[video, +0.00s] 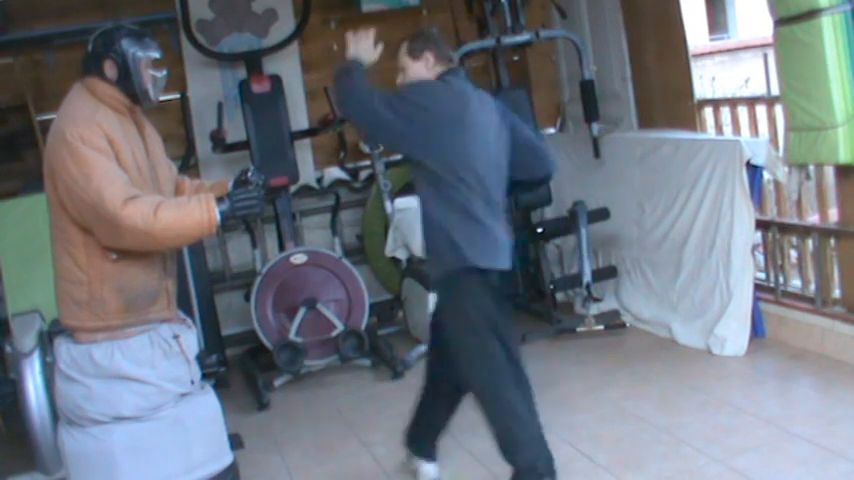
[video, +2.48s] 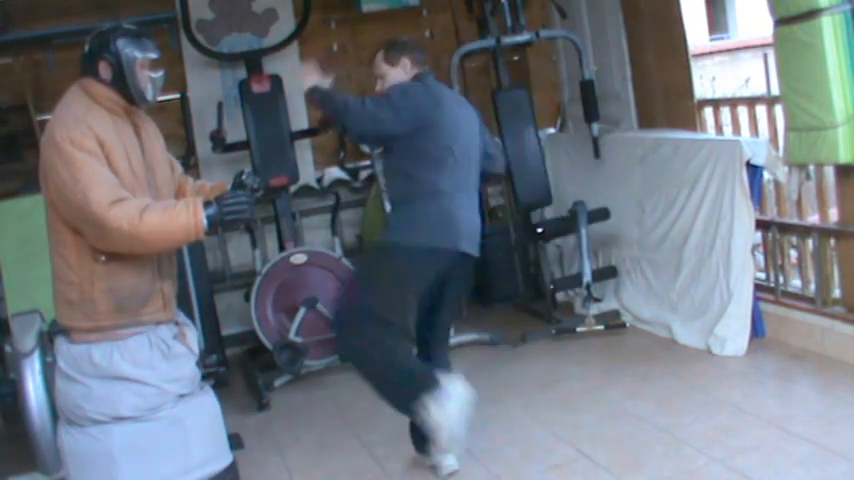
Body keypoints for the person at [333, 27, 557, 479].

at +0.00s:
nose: (401, 80)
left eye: (405, 70)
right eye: (400, 71)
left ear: (429, 60)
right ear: (439, 62)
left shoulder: (430, 102)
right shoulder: (488, 105)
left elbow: (363, 109)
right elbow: (540, 164)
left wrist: (354, 65)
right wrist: (484, 178)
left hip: (462, 261)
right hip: (493, 257)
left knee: (491, 370)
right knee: (449, 365)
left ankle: (535, 469)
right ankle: (420, 448)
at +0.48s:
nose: (386, 91)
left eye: (389, 81)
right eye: (384, 85)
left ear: (411, 73)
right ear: (425, 77)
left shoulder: (412, 97)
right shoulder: (461, 130)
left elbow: (374, 135)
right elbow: (423, 177)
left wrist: (310, 131)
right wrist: (366, 162)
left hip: (381, 216)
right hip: (428, 239)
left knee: (279, 260)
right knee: (406, 343)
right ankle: (389, 455)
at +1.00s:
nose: (360, 88)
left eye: (362, 77)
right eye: (357, 80)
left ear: (388, 63)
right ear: (385, 67)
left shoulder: (429, 91)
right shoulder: (407, 101)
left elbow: (422, 158)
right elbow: (409, 172)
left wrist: (359, 119)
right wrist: (364, 125)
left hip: (478, 247)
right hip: (454, 250)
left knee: (483, 353)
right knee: (460, 344)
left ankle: (518, 463)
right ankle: (479, 414)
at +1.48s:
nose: (433, 76)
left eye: (436, 66)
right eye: (429, 68)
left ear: (462, 53)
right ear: (458, 56)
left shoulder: (488, 82)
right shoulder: (486, 81)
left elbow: (487, 139)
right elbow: (490, 148)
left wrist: (428, 107)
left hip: (515, 222)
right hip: (525, 217)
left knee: (482, 320)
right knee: (529, 308)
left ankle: (531, 422)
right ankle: (574, 384)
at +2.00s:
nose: (436, 78)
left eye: (440, 68)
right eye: (434, 71)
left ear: (469, 56)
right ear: (467, 60)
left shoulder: (497, 90)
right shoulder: (490, 91)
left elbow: (485, 145)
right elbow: (479, 164)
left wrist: (427, 104)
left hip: (523, 238)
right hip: (535, 232)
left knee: (522, 346)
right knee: (563, 326)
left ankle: (531, 457)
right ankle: (613, 395)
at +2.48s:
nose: (379, 85)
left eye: (383, 76)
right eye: (377, 78)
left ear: (408, 65)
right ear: (418, 67)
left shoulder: (412, 97)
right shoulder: (465, 110)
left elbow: (364, 118)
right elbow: (496, 160)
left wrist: (317, 89)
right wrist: (444, 154)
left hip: (415, 239)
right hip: (461, 242)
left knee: (359, 330)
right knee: (434, 343)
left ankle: (431, 395)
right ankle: (438, 448)